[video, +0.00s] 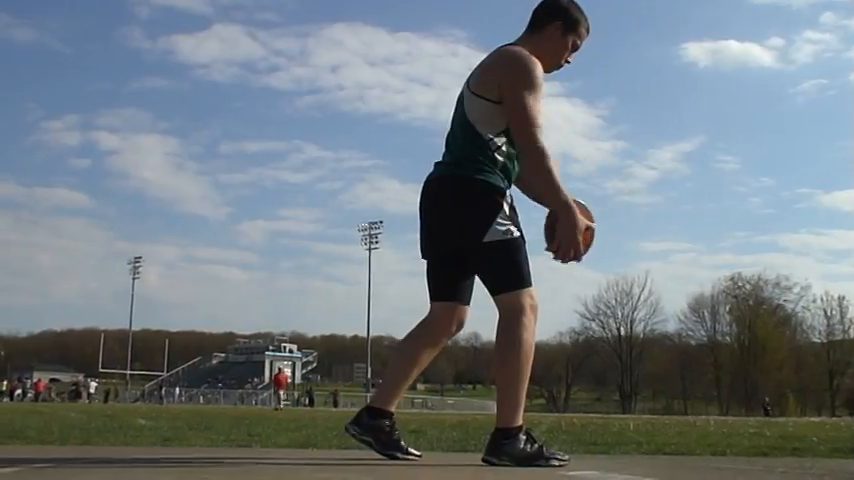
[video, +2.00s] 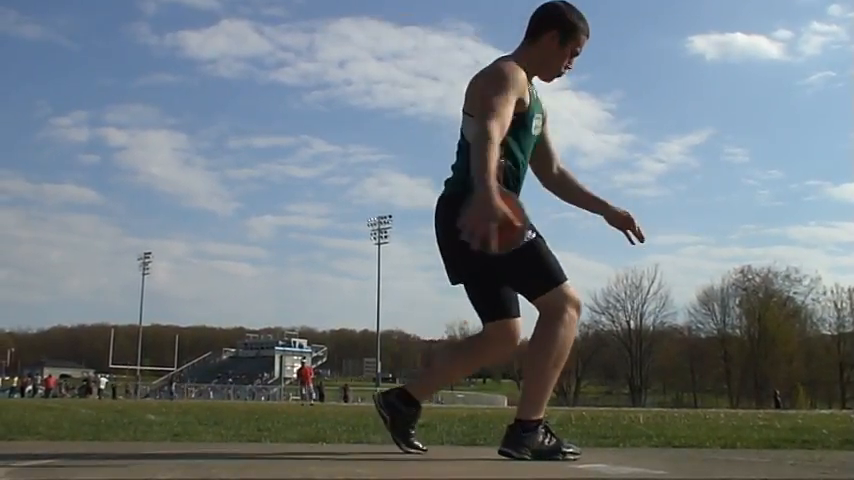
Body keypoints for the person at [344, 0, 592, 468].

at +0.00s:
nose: (571, 58)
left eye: (577, 51)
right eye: (574, 46)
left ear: (545, 27)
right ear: (555, 29)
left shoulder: (498, 66)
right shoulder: (520, 64)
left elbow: (515, 163)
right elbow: (529, 142)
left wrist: (566, 206)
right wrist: (565, 206)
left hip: (444, 193)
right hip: (480, 194)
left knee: (447, 316)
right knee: (520, 307)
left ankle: (375, 416)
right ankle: (510, 436)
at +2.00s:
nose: (570, 65)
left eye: (575, 58)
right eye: (571, 52)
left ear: (549, 43)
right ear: (548, 37)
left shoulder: (532, 102)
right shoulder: (506, 75)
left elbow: (552, 173)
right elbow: (486, 133)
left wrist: (606, 209)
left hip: (462, 211)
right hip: (487, 207)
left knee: (503, 337)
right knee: (563, 305)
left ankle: (404, 400)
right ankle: (528, 429)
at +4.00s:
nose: (573, 81)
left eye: (578, 72)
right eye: (571, 69)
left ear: (555, 63)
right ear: (546, 57)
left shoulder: (546, 122)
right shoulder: (504, 99)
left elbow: (571, 188)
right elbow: (459, 150)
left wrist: (630, 222)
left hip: (465, 236)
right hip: (486, 228)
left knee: (514, 347)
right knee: (576, 314)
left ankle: (412, 404)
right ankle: (527, 432)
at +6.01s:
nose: (587, 116)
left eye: (590, 107)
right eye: (586, 104)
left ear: (562, 101)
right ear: (561, 98)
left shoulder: (558, 154)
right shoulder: (497, 127)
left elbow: (568, 182)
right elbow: (417, 147)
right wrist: (344, 165)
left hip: (443, 254)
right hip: (472, 248)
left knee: (490, 352)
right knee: (573, 324)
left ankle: (405, 416)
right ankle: (528, 433)